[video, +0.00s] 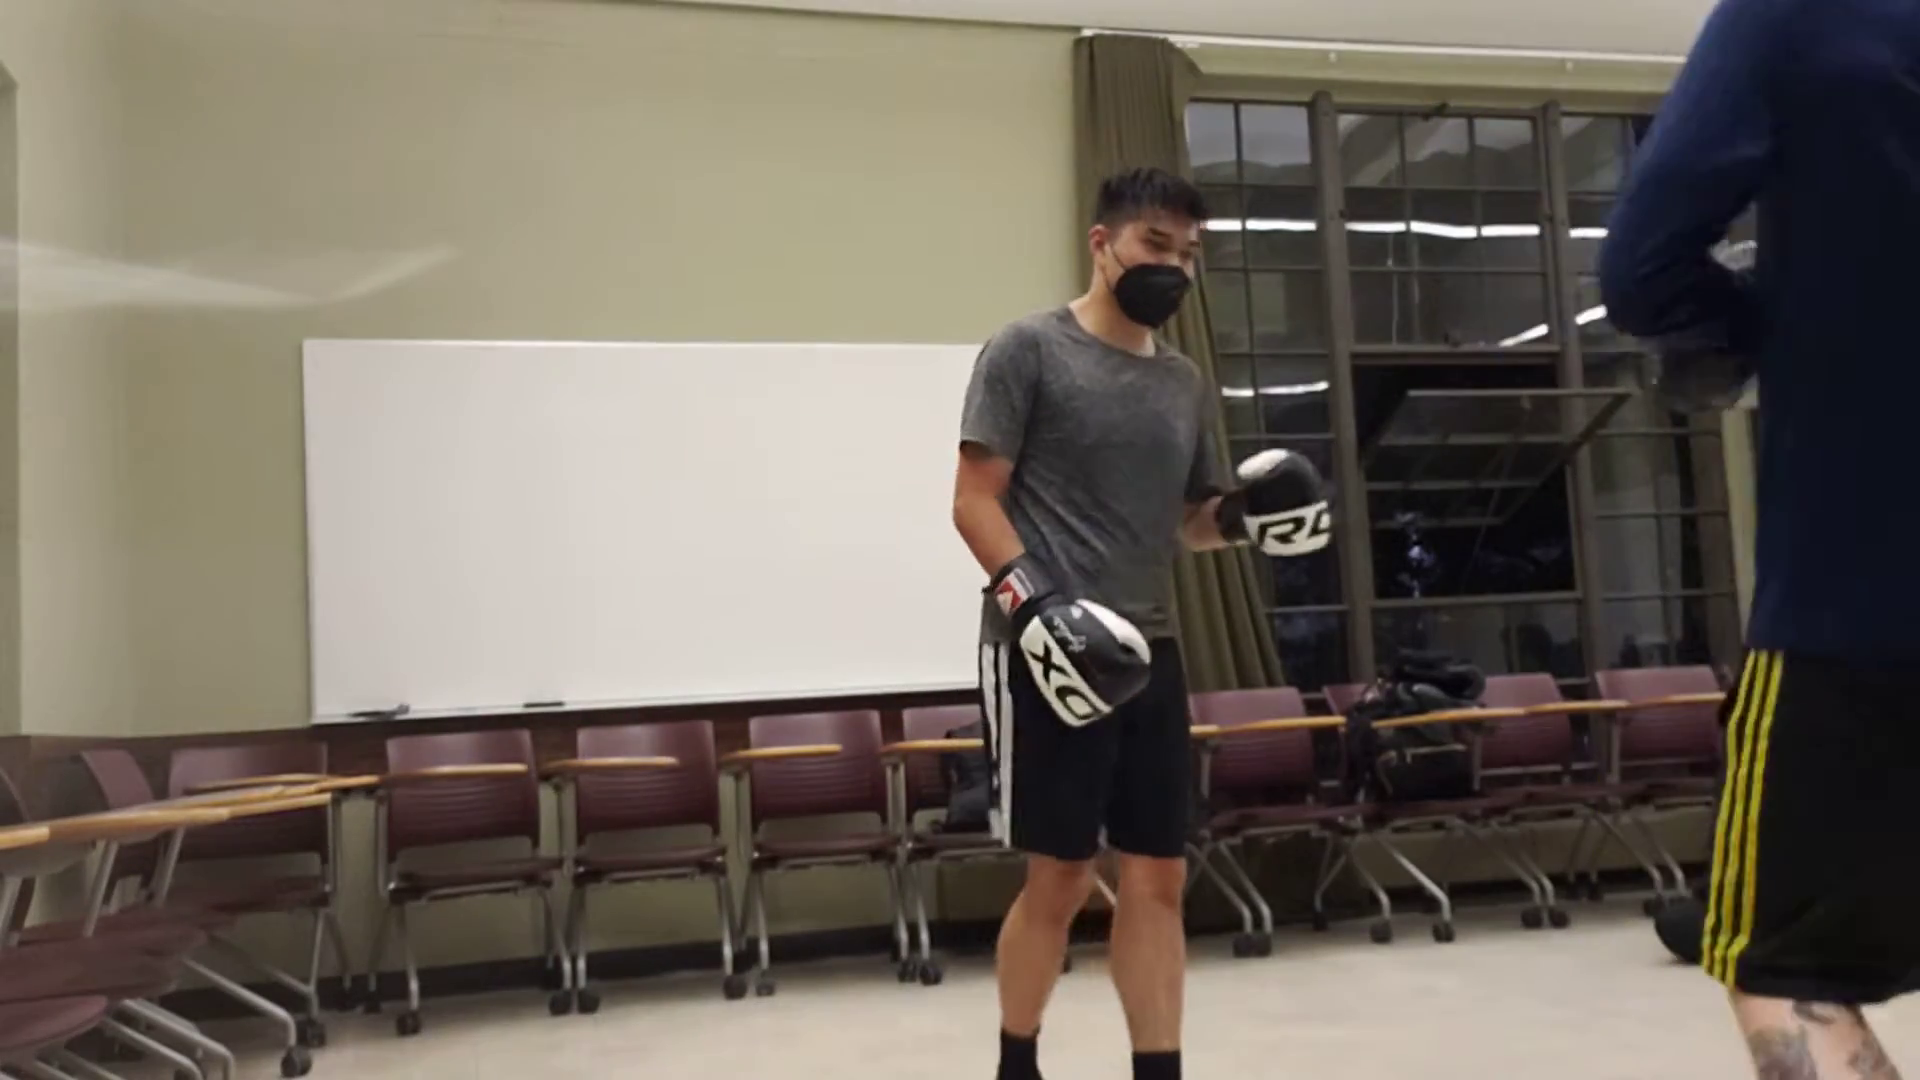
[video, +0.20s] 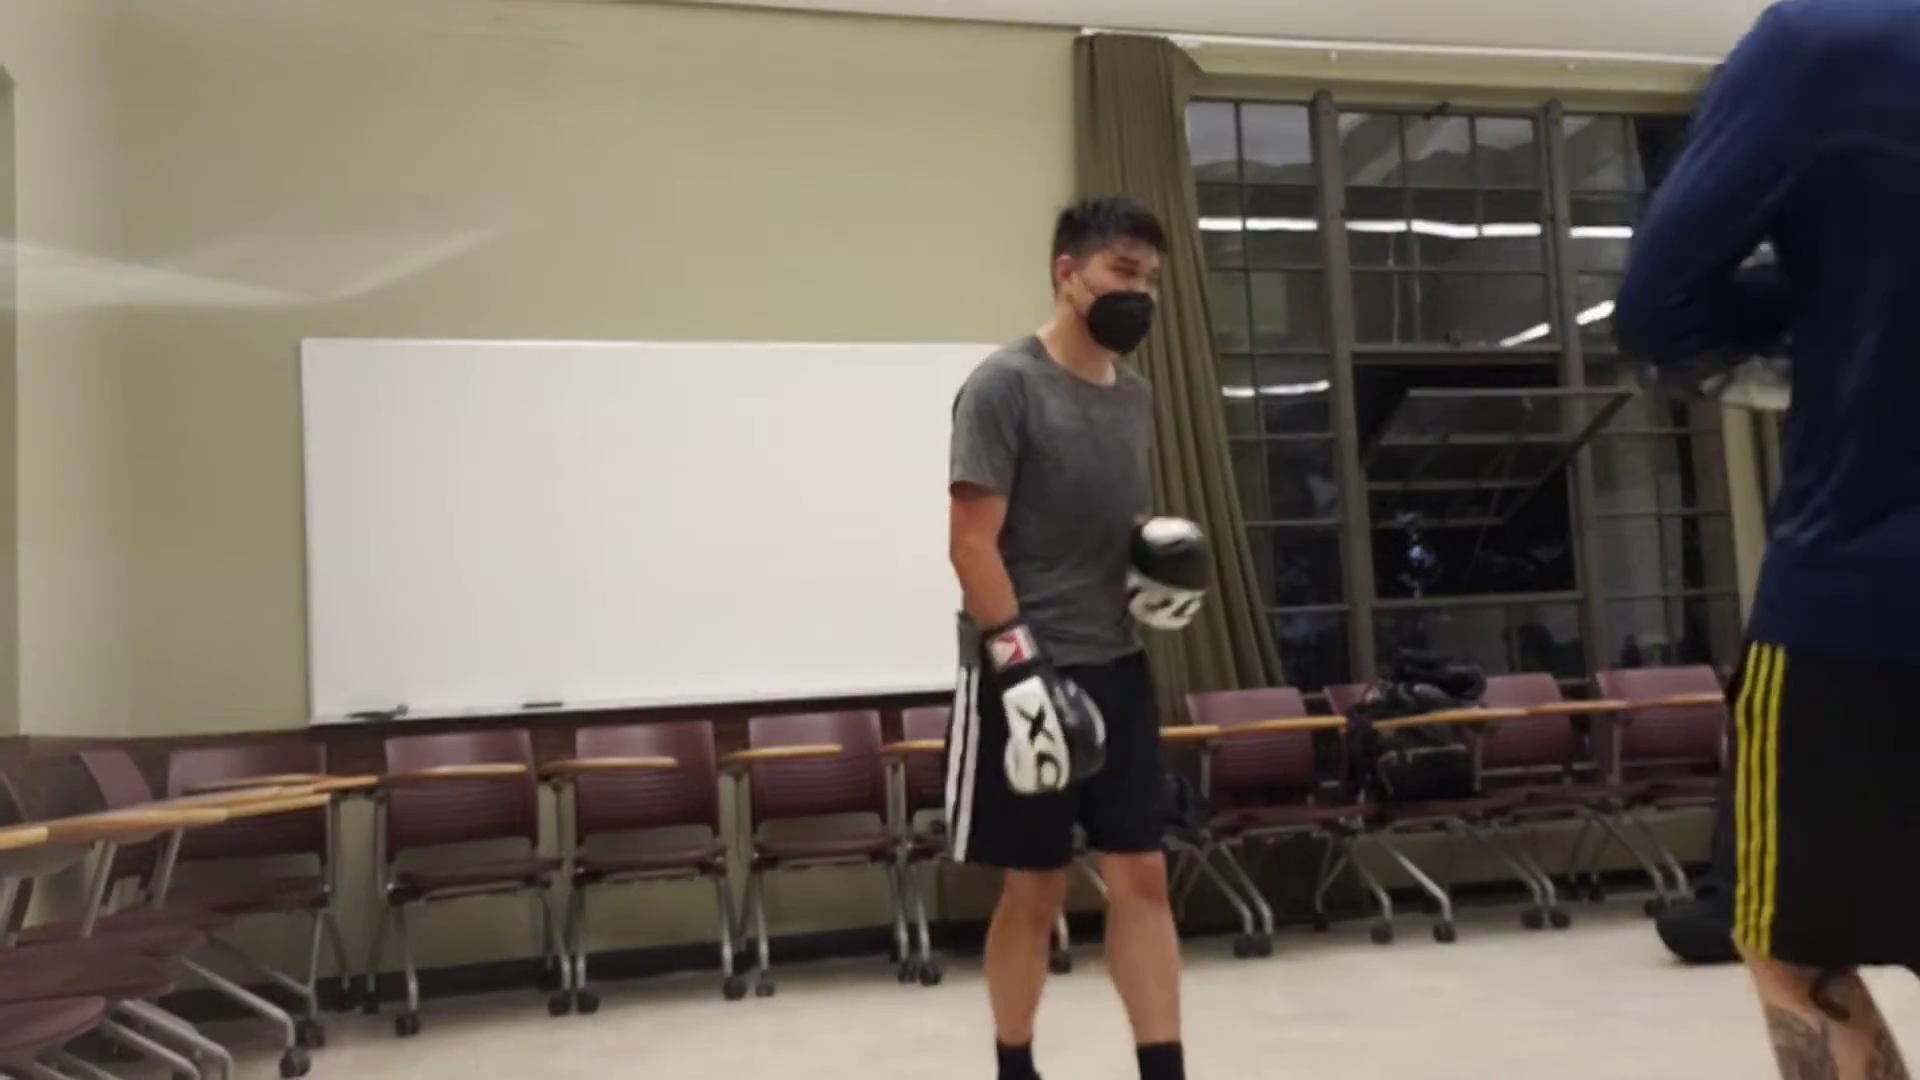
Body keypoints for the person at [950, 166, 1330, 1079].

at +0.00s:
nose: (1173, 266)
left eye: (1188, 253)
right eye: (1155, 244)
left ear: (1197, 268)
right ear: (1101, 242)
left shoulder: (1183, 380)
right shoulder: (1026, 350)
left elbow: (1189, 523)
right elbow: (974, 500)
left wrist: (1248, 510)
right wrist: (1036, 608)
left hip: (1148, 655)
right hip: (1048, 652)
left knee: (1157, 879)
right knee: (1057, 880)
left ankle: (1158, 1074)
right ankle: (1017, 1068)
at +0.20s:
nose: (1138, 292)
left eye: (1150, 278)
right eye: (1122, 271)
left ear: (1155, 290)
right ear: (1065, 270)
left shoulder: (1134, 397)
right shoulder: (1003, 384)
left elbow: (1130, 529)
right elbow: (971, 544)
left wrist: (1172, 573)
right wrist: (1019, 673)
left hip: (1117, 669)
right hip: (1027, 673)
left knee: (1142, 876)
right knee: (1032, 886)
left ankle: (1164, 1071)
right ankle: (1015, 1070)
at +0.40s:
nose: (1102, 297)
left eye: (1110, 281)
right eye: (1083, 280)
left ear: (1117, 286)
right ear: (1030, 283)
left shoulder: (1095, 393)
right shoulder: (978, 392)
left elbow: (1079, 516)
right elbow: (957, 547)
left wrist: (1125, 540)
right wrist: (966, 682)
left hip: (1089, 661)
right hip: (1008, 672)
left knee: (1130, 852)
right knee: (1005, 873)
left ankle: (1148, 1063)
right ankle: (1011, 1069)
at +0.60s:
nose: (1088, 307)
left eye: (1097, 293)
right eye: (1069, 292)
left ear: (1104, 297)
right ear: (1017, 295)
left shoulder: (1080, 401)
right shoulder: (969, 401)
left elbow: (1077, 534)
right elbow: (936, 547)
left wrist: (1152, 502)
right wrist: (948, 681)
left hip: (1071, 661)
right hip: (999, 668)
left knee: (1104, 847)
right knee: (1005, 867)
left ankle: (1087, 1046)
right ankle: (1010, 1068)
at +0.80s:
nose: (1092, 321)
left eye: (1100, 306)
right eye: (1075, 304)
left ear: (1106, 309)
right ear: (1024, 305)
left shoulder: (1084, 416)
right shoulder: (982, 405)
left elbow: (1136, 527)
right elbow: (952, 541)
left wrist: (1169, 451)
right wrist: (972, 669)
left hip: (1068, 667)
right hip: (1008, 667)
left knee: (1063, 854)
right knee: (1013, 865)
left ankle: (1039, 1038)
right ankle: (1010, 1060)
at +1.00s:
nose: (1105, 337)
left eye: (1113, 324)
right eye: (1090, 321)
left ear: (1114, 327)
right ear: (1040, 320)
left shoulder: (1095, 426)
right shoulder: (1001, 415)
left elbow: (1155, 529)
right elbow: (960, 542)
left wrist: (1174, 440)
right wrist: (1006, 635)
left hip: (1073, 660)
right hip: (1025, 659)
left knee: (1063, 858)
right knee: (1044, 858)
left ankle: (1036, 1038)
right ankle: (1020, 1051)